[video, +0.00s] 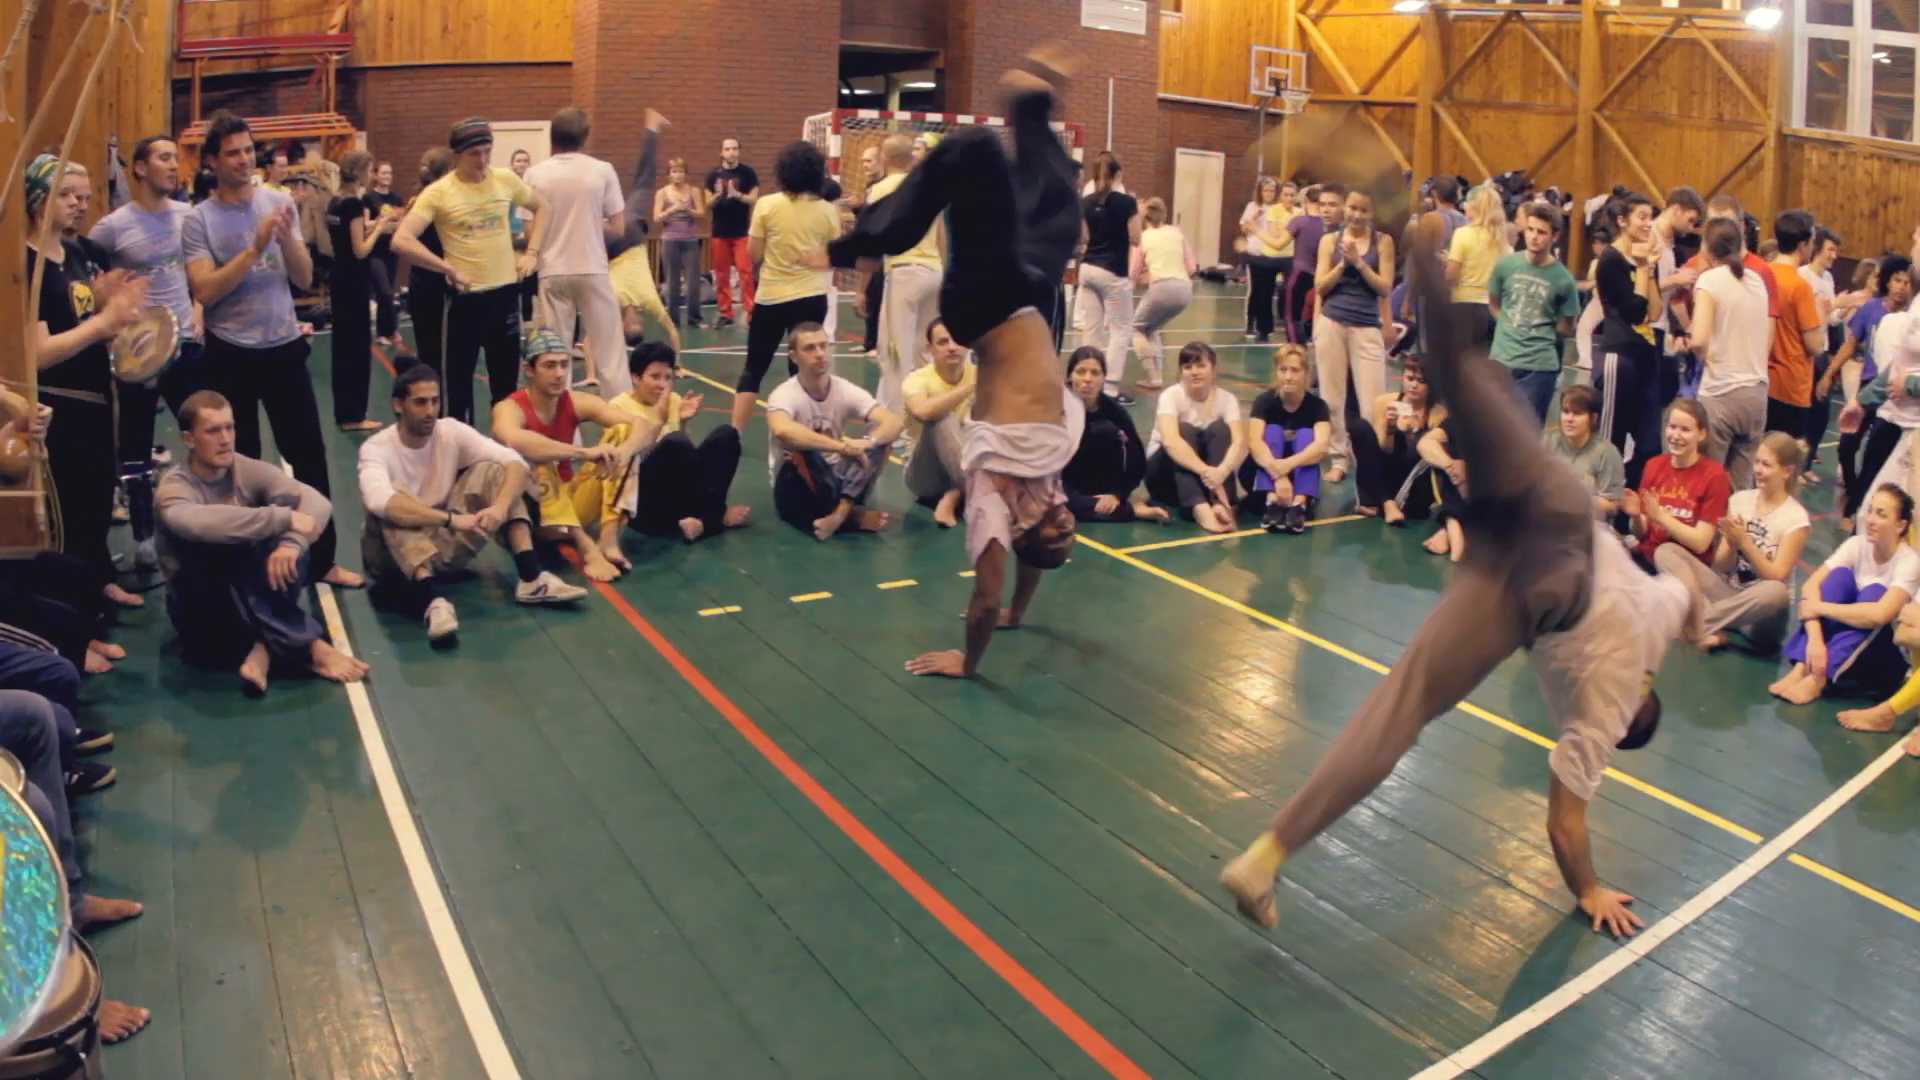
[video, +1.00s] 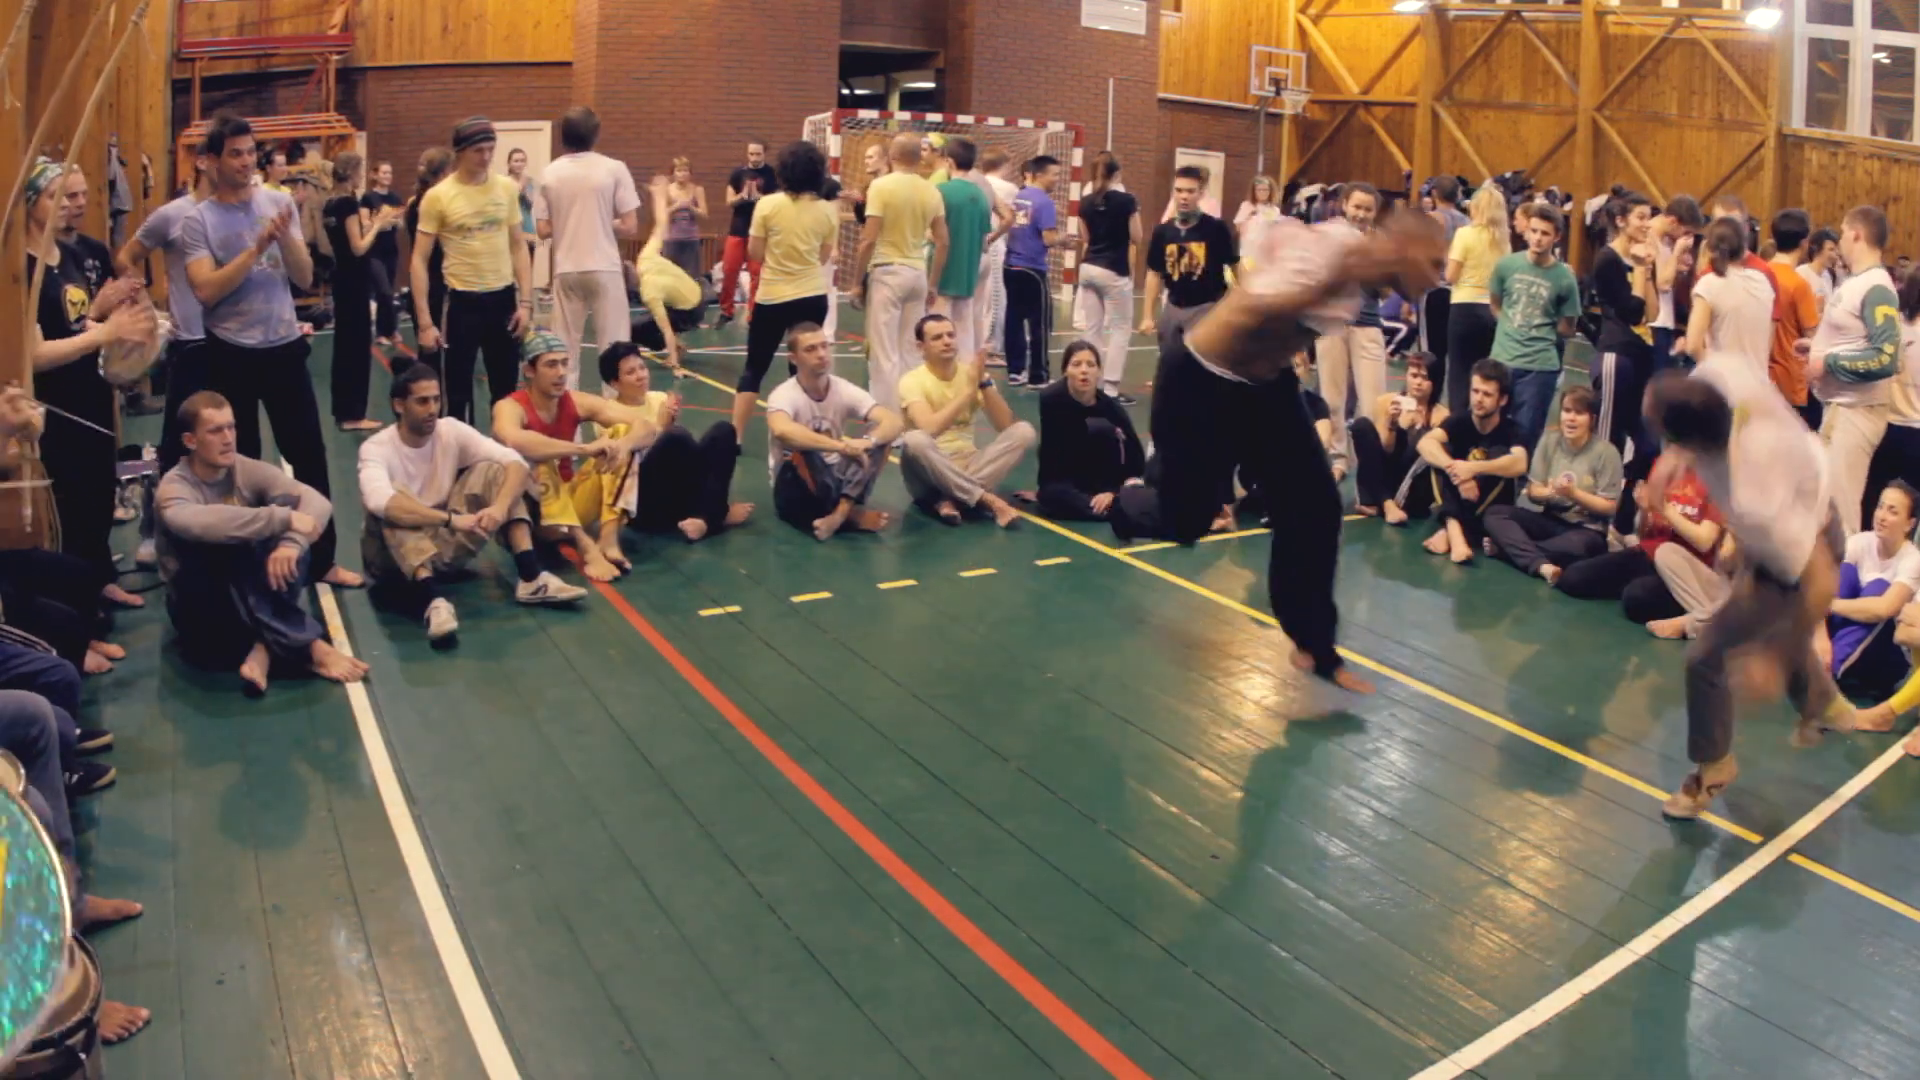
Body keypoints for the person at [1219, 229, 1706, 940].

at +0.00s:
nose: (1612, 738)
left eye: (1625, 732)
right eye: (1621, 734)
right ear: (1630, 724)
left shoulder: (1657, 612)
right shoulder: (1601, 710)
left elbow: (1687, 574)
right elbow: (1564, 822)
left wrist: (1700, 629)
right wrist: (1589, 891)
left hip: (1561, 504)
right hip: (1531, 591)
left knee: (1462, 370)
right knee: (1402, 709)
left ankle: (1411, 234)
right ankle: (1266, 856)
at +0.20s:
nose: (1623, 769)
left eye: (1632, 769)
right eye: (1629, 768)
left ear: (1656, 751)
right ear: (1647, 750)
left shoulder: (1699, 689)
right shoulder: (1619, 721)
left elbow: (1706, 766)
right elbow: (1569, 814)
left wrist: (1697, 847)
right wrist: (1589, 894)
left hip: (1670, 485)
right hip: (1626, 520)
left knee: (1655, 304)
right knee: (1506, 523)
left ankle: (1676, 152)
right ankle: (1375, 519)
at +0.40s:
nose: (1638, 785)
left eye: (1639, 787)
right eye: (1641, 787)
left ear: (1649, 774)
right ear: (1645, 770)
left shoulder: (1719, 724)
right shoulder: (1612, 719)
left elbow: (1717, 795)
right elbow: (1562, 807)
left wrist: (1688, 864)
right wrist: (1586, 891)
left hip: (1752, 513)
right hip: (1684, 507)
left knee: (1742, 420)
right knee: (1618, 344)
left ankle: (1720, 261)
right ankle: (1688, 241)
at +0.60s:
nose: (1634, 772)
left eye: (1641, 771)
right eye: (1628, 766)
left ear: (1671, 749)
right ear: (1627, 737)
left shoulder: (1725, 710)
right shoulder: (1618, 689)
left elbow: (1716, 786)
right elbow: (1577, 776)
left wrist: (1690, 860)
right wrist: (1595, 874)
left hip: (1788, 514)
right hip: (1730, 462)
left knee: (1789, 567)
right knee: (1770, 321)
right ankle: (1840, 235)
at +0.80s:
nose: (1610, 631)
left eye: (1608, 644)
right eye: (1618, 632)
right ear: (1642, 620)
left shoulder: (1720, 659)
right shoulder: (1640, 564)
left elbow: (1721, 758)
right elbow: (1549, 582)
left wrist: (1706, 849)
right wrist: (1553, 682)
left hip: (1804, 552)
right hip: (1758, 500)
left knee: (1730, 684)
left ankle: (1702, 790)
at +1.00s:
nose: (1654, 427)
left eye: (1661, 427)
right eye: (1656, 416)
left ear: (1691, 439)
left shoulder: (1753, 497)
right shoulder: (1721, 371)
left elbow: (1821, 574)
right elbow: (1689, 438)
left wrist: (1791, 649)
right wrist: (1663, 472)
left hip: (1791, 564)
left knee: (1705, 659)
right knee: (1784, 633)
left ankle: (1715, 765)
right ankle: (1830, 707)